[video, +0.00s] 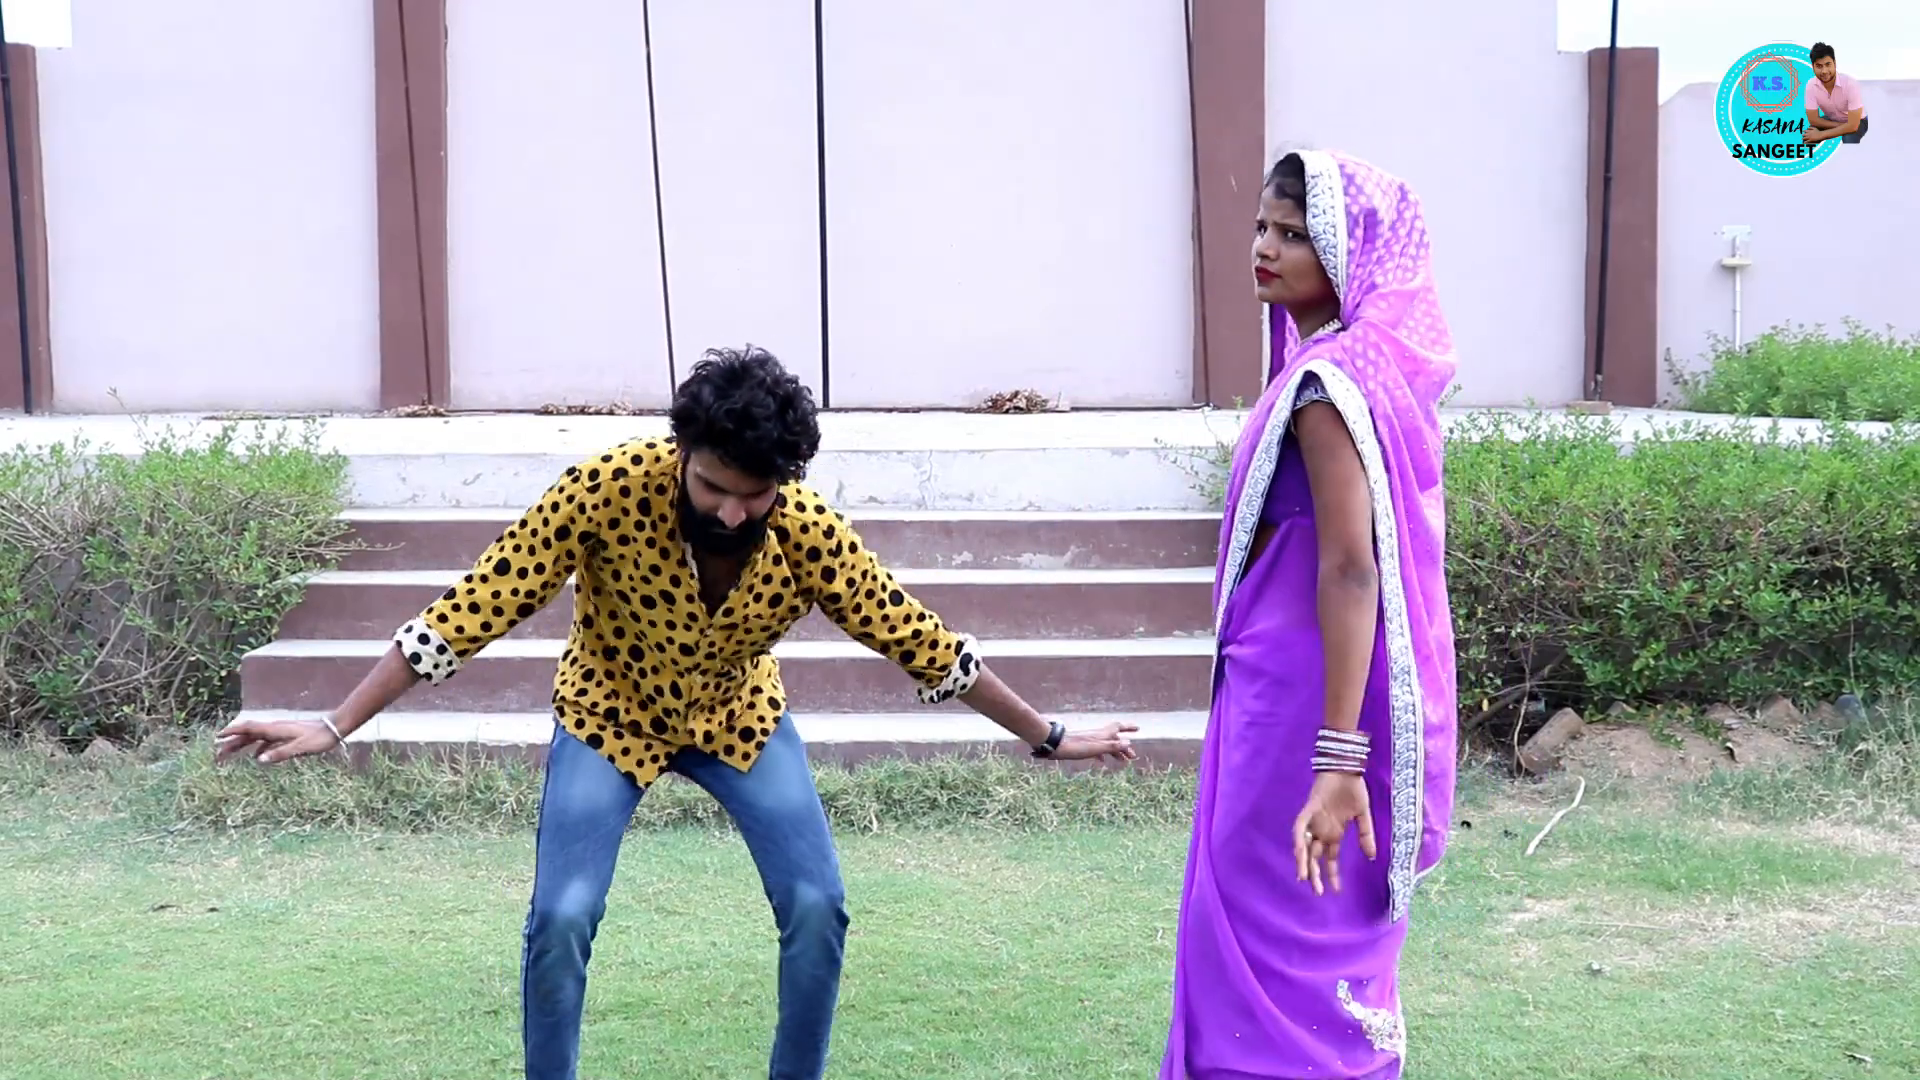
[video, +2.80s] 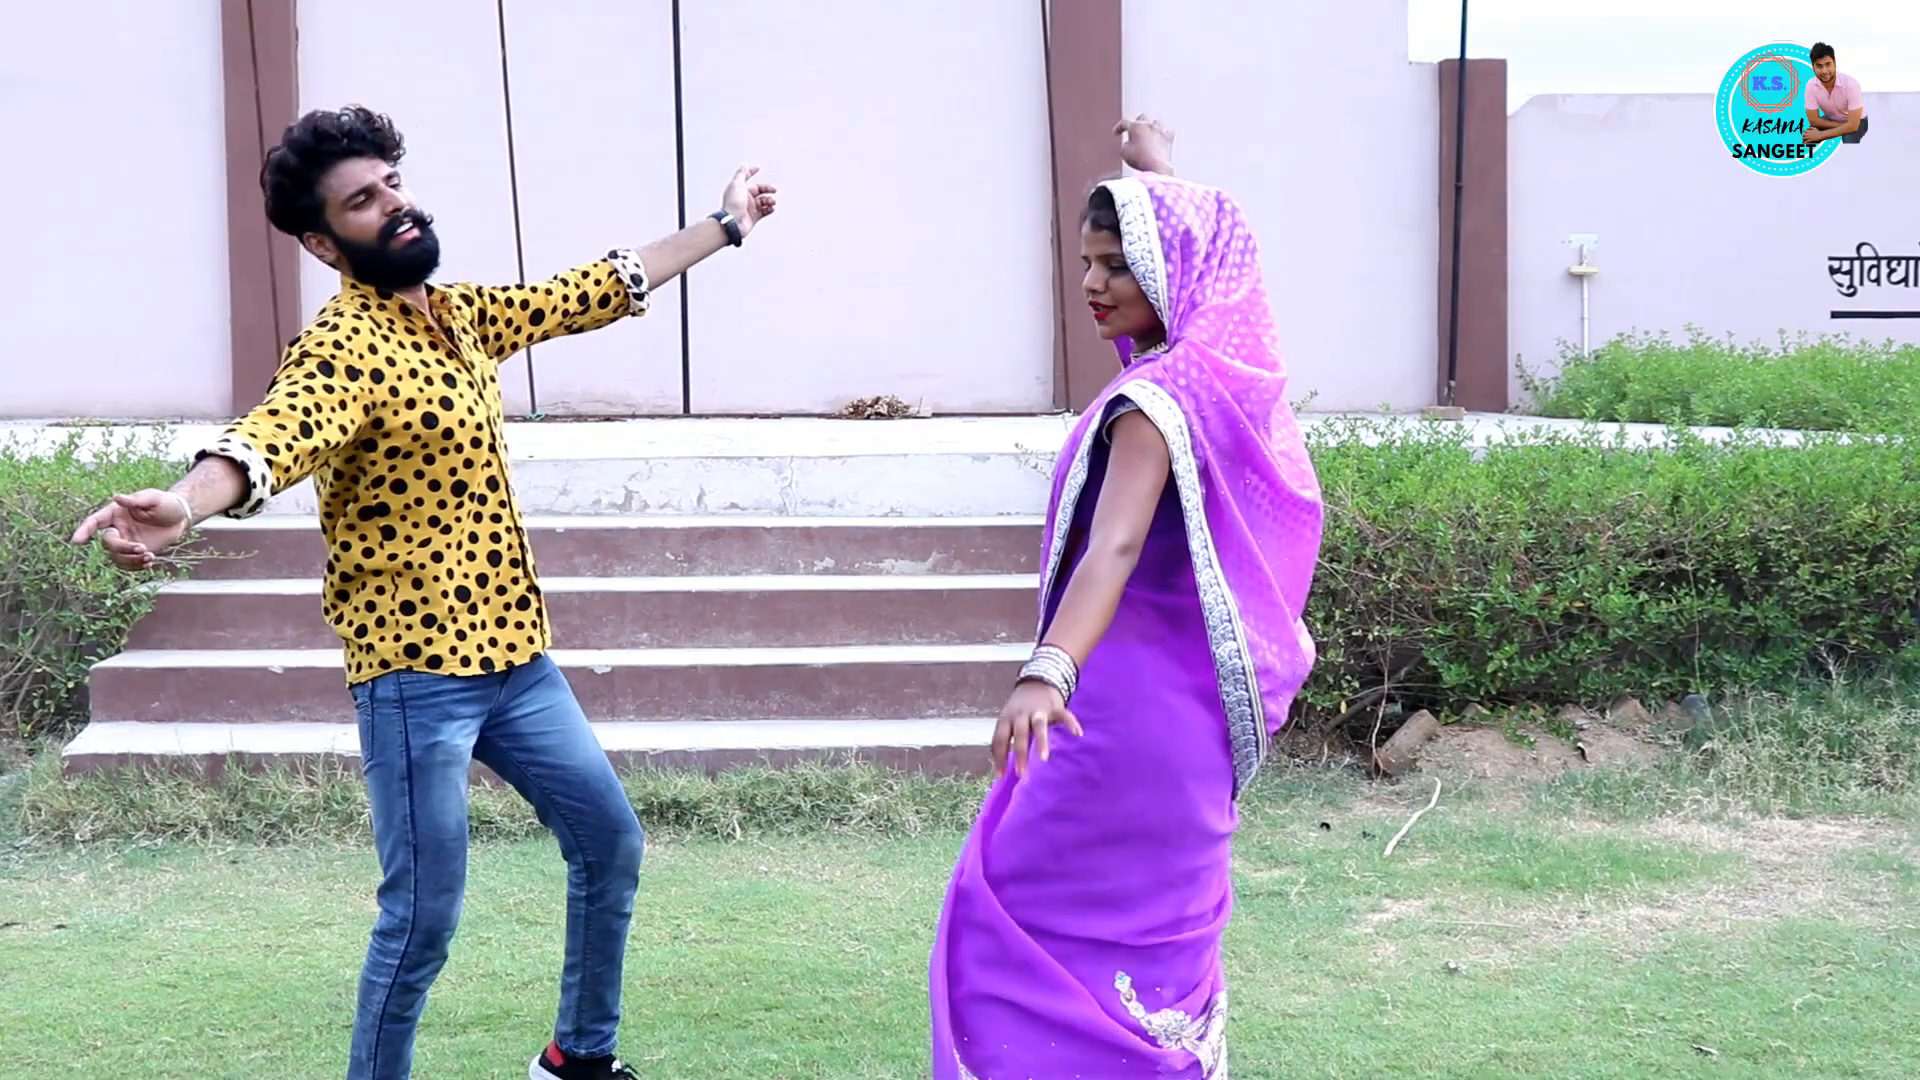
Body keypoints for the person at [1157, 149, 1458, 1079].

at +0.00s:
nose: (1262, 249)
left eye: (1287, 235)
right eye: (1262, 230)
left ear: (1350, 255)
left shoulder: (1326, 382)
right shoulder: (1382, 366)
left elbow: (1353, 573)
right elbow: (1374, 571)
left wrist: (1341, 755)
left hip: (1299, 728)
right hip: (1348, 718)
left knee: (1263, 973)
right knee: (1333, 970)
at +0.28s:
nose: (1271, 249)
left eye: (1298, 234)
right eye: (1265, 230)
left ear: (1355, 253)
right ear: (1256, 235)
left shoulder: (1325, 367)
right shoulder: (1351, 357)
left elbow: (1353, 514)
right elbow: (1341, 522)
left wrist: (1351, 655)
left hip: (1291, 691)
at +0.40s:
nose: (1273, 264)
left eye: (1298, 248)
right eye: (1266, 245)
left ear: (1355, 264)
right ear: (1257, 248)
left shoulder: (1332, 375)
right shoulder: (1375, 357)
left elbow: (1352, 507)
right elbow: (1306, 385)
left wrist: (1359, 619)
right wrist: (1243, 336)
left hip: (1294, 704)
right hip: (1348, 700)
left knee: (1198, 919)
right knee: (1324, 925)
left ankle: (1224, 1066)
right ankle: (1338, 1058)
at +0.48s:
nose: (1265, 282)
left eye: (1293, 264)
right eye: (1257, 262)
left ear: (1350, 280)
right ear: (1250, 268)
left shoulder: (1333, 392)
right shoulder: (1324, 383)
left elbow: (1339, 523)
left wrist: (1355, 634)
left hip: (1290, 703)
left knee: (1198, 941)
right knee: (1287, 944)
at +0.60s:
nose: (1265, 295)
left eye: (1291, 277)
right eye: (1254, 275)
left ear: (1345, 294)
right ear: (1247, 281)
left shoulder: (1336, 404)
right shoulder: (1301, 391)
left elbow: (1345, 525)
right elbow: (1260, 334)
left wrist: (1355, 620)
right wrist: (1259, 223)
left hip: (1265, 685)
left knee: (1172, 905)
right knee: (1252, 913)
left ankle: (1213, 1060)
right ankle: (1280, 1051)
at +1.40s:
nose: (1130, 317)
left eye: (1153, 299)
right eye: (1118, 296)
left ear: (1209, 305)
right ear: (1111, 295)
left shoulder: (1200, 412)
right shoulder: (1169, 392)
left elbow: (1191, 534)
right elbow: (1142, 272)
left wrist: (1203, 630)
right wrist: (1143, 157)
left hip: (1111, 701)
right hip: (1094, 693)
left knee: (1037, 930)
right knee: (1108, 936)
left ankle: (1067, 1066)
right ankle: (1133, 1059)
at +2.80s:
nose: (1091, 286)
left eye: (1113, 265)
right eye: (1088, 264)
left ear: (1175, 276)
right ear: (1195, 278)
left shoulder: (1153, 398)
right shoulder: (1236, 379)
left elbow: (1114, 548)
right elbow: (1211, 267)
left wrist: (1048, 669)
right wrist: (1163, 177)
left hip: (1120, 725)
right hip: (1194, 725)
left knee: (983, 921)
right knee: (1176, 962)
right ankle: (1175, 1064)